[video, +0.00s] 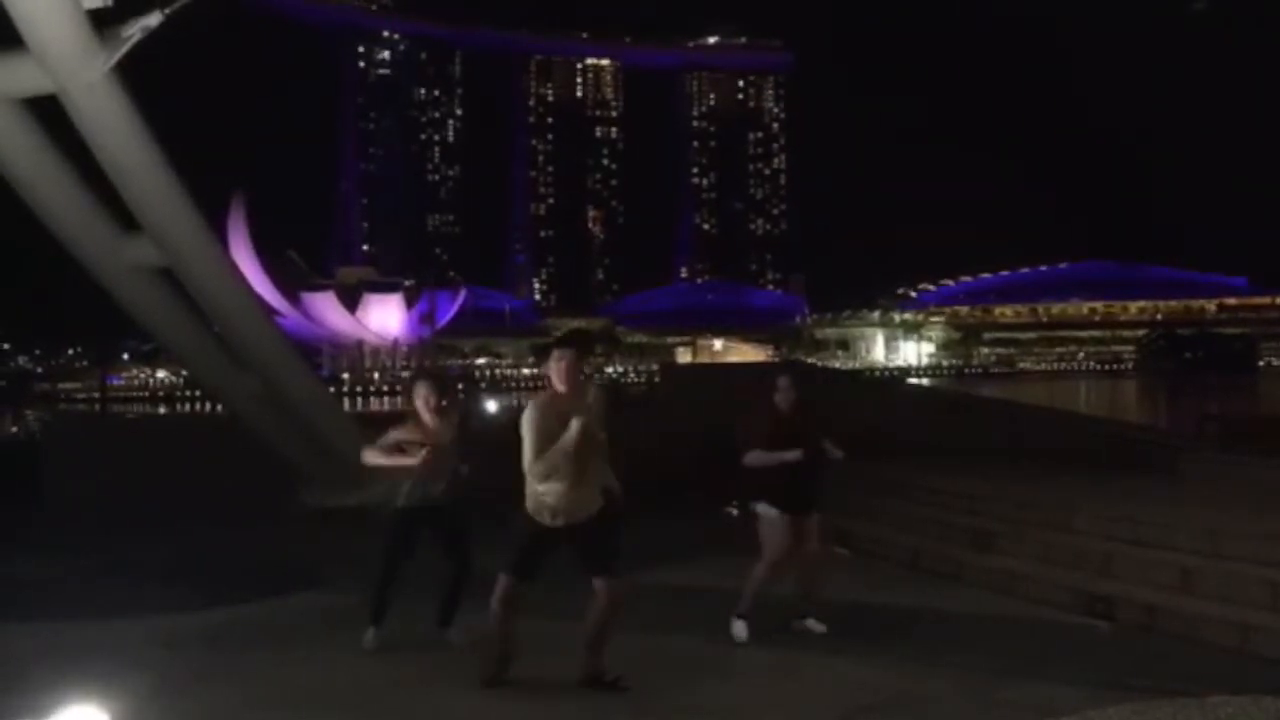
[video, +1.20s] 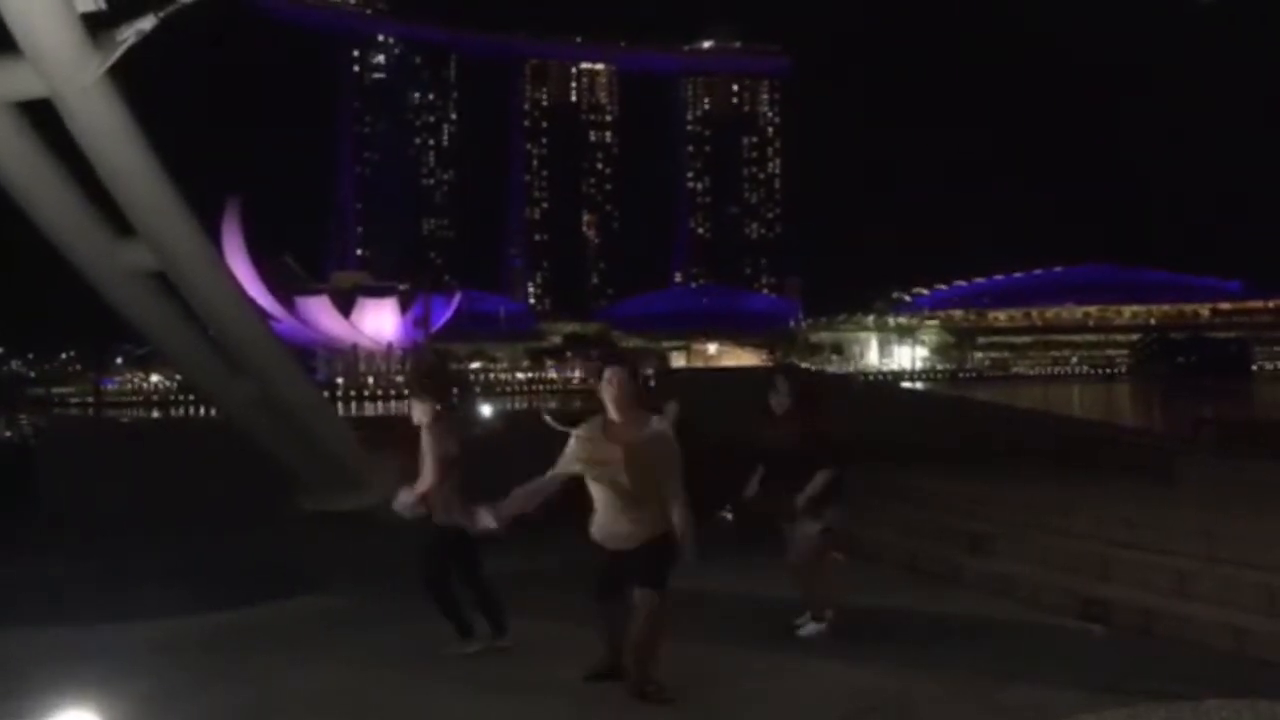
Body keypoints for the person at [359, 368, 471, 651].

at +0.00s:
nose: (429, 403)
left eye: (433, 396)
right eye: (422, 397)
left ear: (443, 399)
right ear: (413, 402)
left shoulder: (454, 429)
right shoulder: (407, 431)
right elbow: (368, 455)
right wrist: (410, 461)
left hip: (445, 504)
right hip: (410, 505)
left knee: (460, 564)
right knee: (392, 562)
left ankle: (445, 624)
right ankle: (375, 624)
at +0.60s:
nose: (437, 416)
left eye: (441, 410)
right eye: (431, 411)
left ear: (448, 414)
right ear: (421, 415)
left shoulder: (447, 442)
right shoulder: (413, 441)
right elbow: (374, 427)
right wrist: (405, 437)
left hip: (439, 517)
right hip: (412, 519)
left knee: (462, 568)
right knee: (412, 581)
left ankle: (439, 630)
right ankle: (391, 653)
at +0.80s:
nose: (462, 414)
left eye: (463, 407)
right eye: (459, 407)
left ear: (434, 405)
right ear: (445, 407)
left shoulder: (414, 428)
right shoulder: (431, 438)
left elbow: (380, 441)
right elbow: (469, 457)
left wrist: (361, 441)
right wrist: (483, 438)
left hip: (421, 520)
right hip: (426, 526)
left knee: (456, 578)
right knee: (429, 585)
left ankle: (444, 633)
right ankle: (399, 642)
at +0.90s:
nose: (466, 401)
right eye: (466, 396)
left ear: (431, 391)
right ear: (456, 397)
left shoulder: (410, 420)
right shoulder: (453, 428)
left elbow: (377, 440)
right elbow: (486, 462)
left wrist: (364, 435)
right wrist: (488, 434)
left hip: (413, 507)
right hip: (442, 512)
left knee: (435, 566)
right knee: (460, 564)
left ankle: (436, 619)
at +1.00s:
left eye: (429, 395)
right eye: (449, 396)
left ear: (424, 395)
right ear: (454, 395)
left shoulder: (410, 422)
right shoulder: (465, 425)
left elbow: (388, 455)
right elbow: (480, 462)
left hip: (422, 515)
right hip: (459, 514)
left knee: (435, 572)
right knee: (464, 564)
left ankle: (451, 632)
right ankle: (469, 616)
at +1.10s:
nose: (420, 401)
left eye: (422, 396)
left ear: (425, 396)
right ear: (453, 394)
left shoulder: (419, 427)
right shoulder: (467, 424)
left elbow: (410, 476)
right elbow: (478, 468)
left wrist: (401, 478)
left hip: (434, 517)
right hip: (468, 514)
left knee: (442, 578)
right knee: (473, 571)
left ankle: (467, 637)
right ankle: (492, 630)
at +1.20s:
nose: (412, 412)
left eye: (416, 405)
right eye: (412, 404)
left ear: (426, 405)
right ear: (441, 400)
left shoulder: (432, 431)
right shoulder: (451, 425)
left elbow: (431, 475)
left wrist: (411, 495)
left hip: (443, 519)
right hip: (461, 517)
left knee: (434, 577)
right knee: (472, 573)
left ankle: (467, 635)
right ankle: (499, 630)